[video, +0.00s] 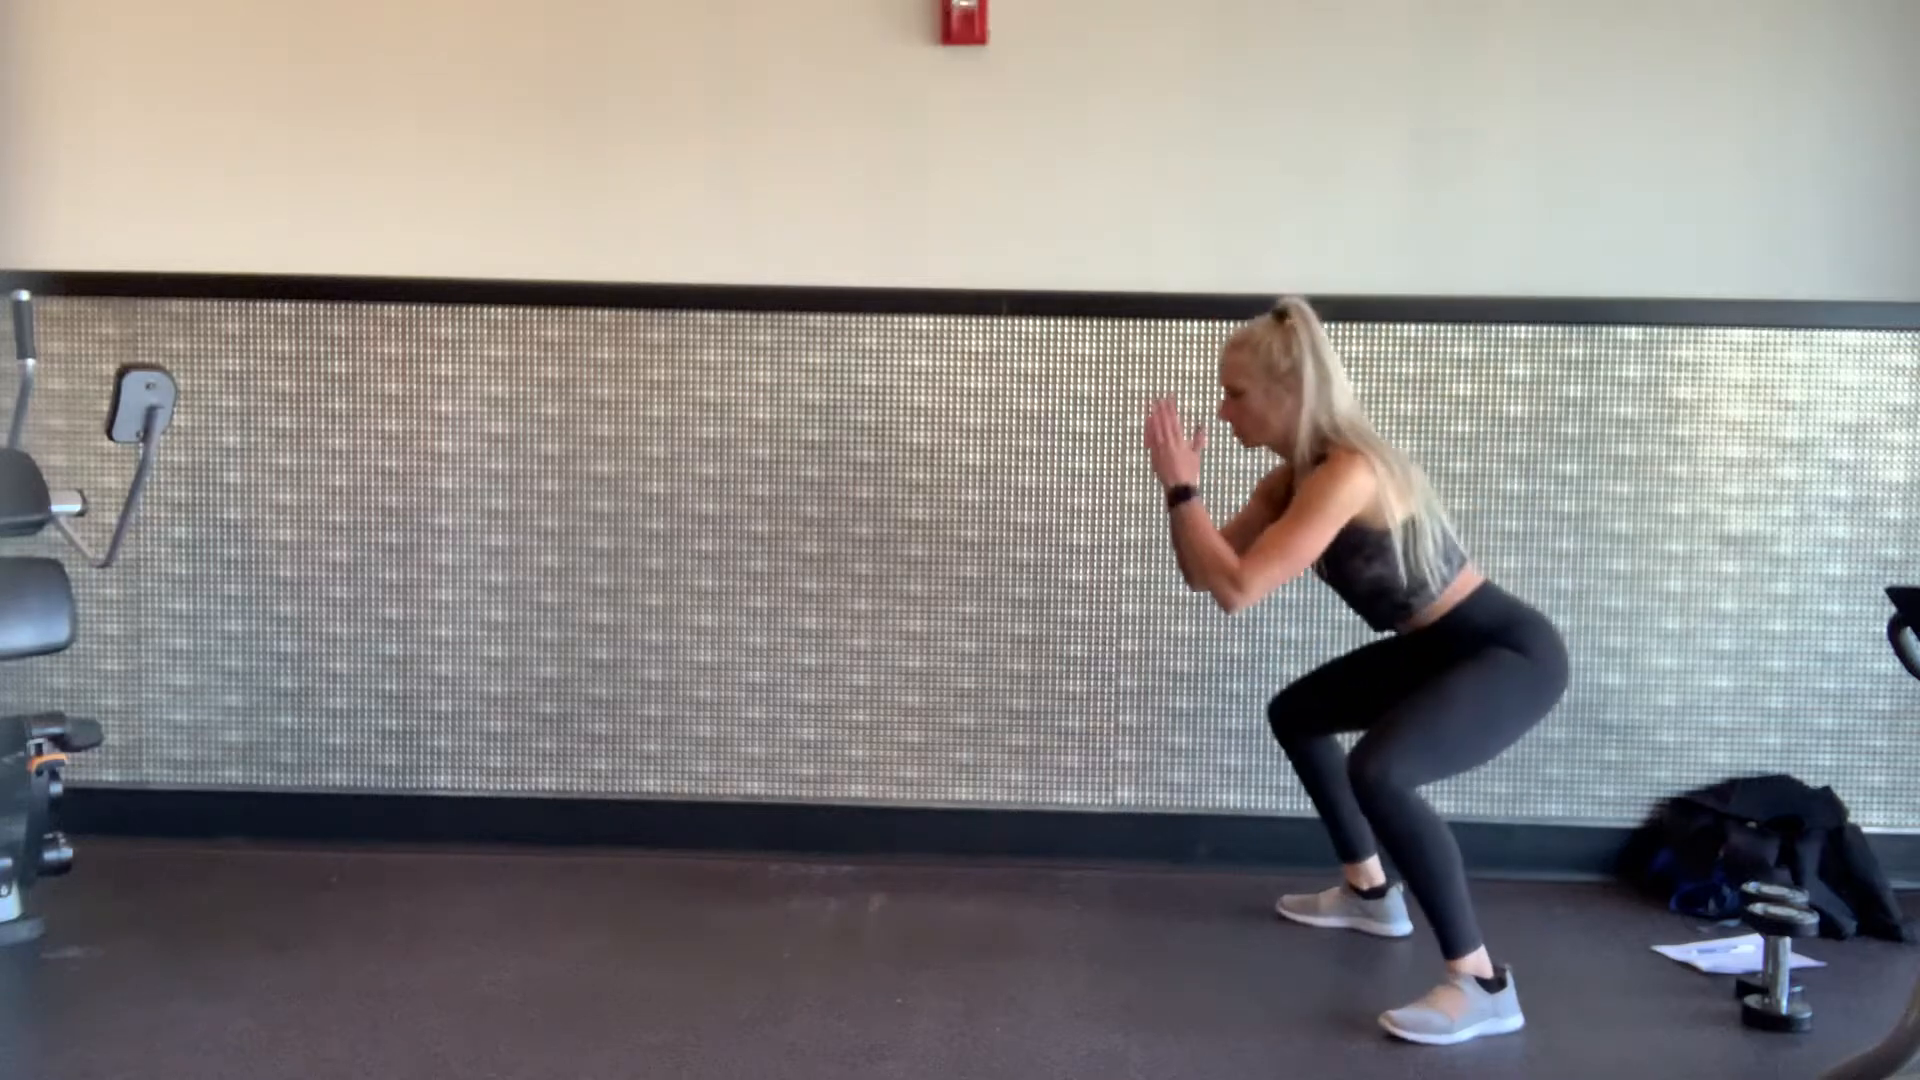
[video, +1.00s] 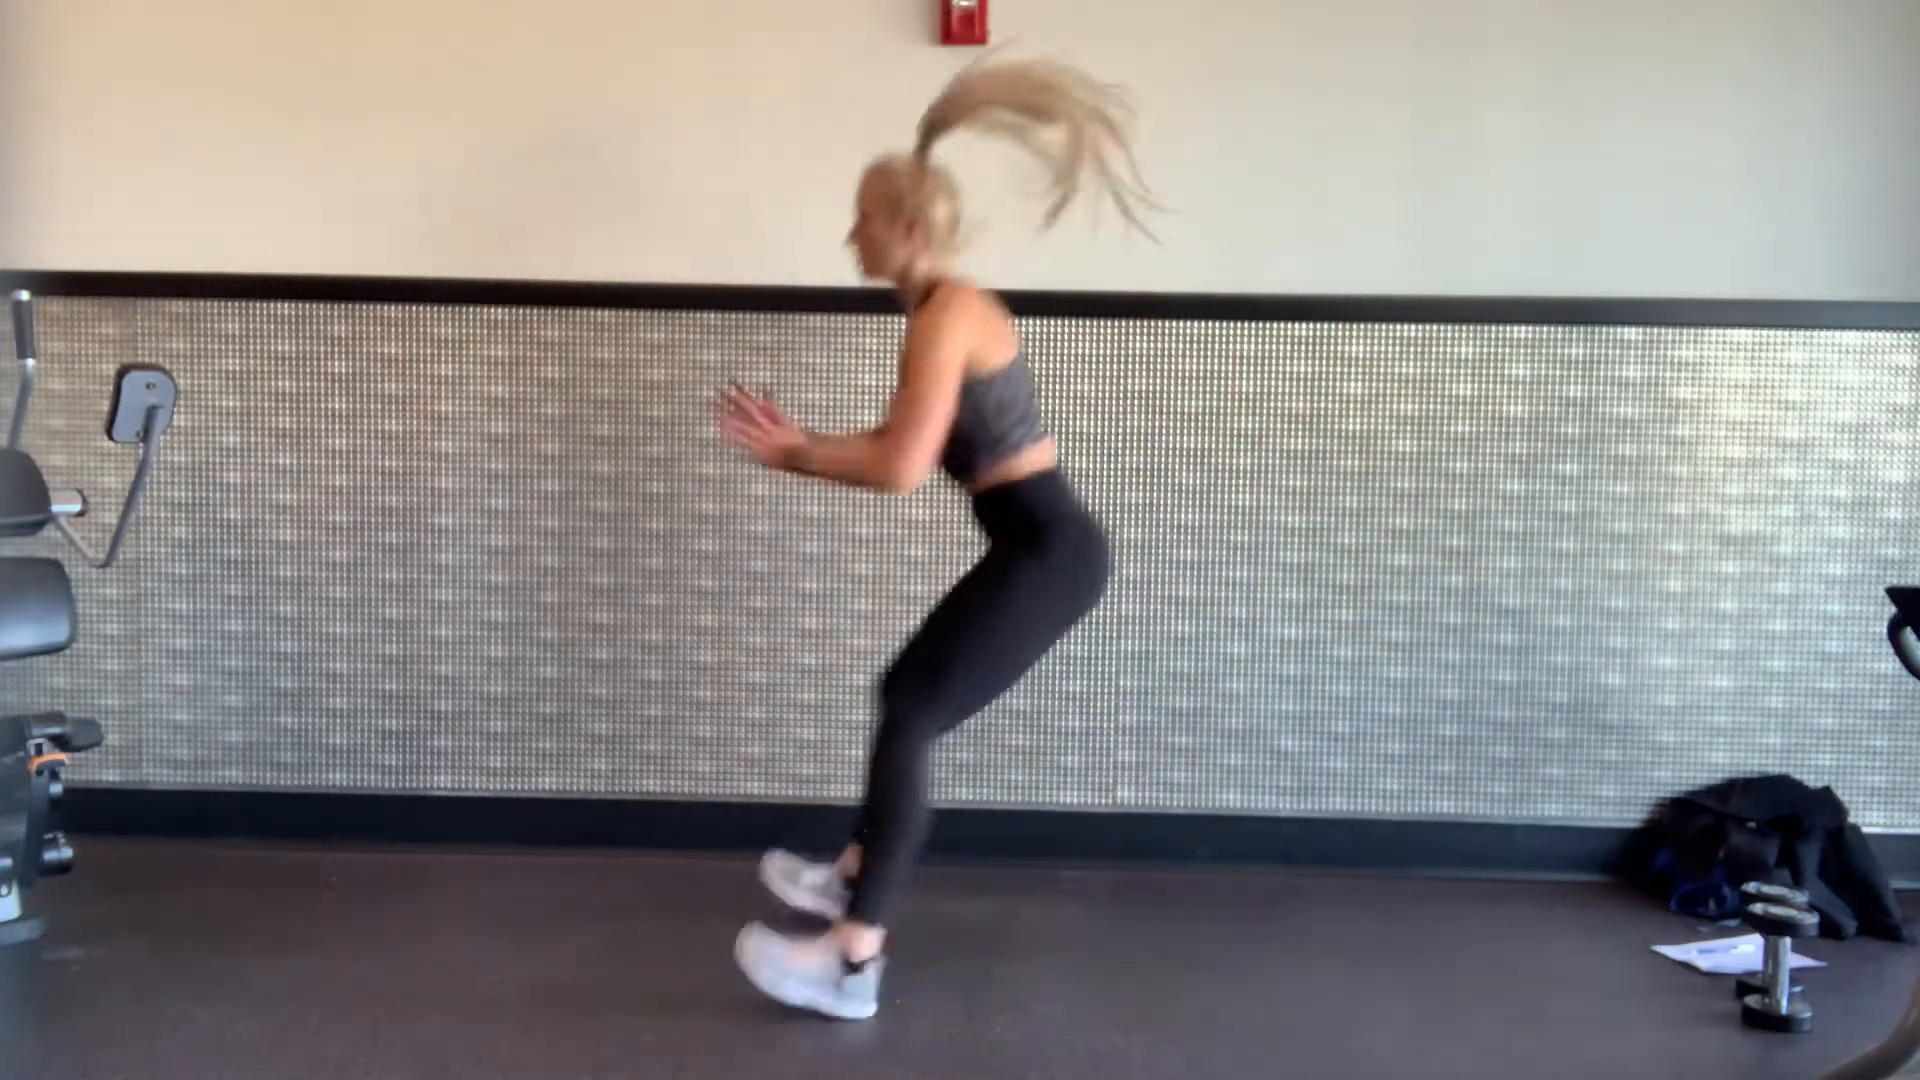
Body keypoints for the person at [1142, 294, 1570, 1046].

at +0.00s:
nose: (1222, 408)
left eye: (1234, 391)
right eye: (1224, 392)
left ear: (1287, 393)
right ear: (1282, 397)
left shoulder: (1346, 474)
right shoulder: (1293, 478)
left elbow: (1234, 588)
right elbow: (1212, 572)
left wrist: (1182, 492)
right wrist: (1180, 491)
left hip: (1510, 653)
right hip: (1437, 649)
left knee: (1379, 773)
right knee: (1295, 714)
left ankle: (1480, 980)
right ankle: (1370, 891)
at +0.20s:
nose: (1194, 430)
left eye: (1206, 414)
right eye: (1195, 414)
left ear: (1260, 417)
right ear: (1259, 419)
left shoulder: (1314, 495)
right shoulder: (1261, 498)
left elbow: (1194, 602)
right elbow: (1182, 587)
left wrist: (1127, 508)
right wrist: (1126, 506)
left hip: (1496, 656)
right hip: (1419, 656)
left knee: (1371, 778)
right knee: (1289, 716)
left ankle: (1479, 982)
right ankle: (1371, 891)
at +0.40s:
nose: (1150, 417)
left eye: (1162, 402)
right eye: (1150, 401)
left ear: (1213, 405)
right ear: (1207, 405)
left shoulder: (1273, 481)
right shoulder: (1225, 494)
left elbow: (1202, 630)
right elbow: (1170, 607)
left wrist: (1081, 638)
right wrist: (1078, 631)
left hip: (1456, 644)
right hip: (1393, 647)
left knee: (1335, 794)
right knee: (1264, 733)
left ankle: (1476, 979)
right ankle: (1370, 892)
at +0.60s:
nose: (1093, 288)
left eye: (1107, 273)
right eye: (1096, 271)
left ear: (1155, 283)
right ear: (1150, 282)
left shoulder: (1203, 367)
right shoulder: (1170, 366)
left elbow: (1320, 449)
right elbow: (1263, 463)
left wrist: (1320, 588)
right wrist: (1232, 557)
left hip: (1316, 582)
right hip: (1276, 582)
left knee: (1284, 800)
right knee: (1224, 750)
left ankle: (1466, 965)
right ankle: (1359, 878)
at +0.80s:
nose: (993, 150)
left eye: (1008, 136)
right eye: (996, 133)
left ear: (1057, 146)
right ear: (1053, 145)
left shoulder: (1083, 221)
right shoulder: (1067, 225)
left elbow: (1209, 275)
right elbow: (1180, 284)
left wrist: (1201, 417)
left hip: (1151, 471)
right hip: (1127, 472)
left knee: (1096, 674)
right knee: (1081, 664)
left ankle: (1226, 883)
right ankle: (1162, 834)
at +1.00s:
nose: (853, 233)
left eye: (864, 219)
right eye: (857, 217)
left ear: (904, 231)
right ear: (917, 228)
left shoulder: (947, 316)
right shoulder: (947, 309)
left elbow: (902, 469)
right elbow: (901, 448)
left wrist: (793, 453)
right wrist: (802, 444)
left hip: (1051, 553)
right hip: (1035, 545)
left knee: (913, 712)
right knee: (904, 695)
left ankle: (857, 952)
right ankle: (854, 878)